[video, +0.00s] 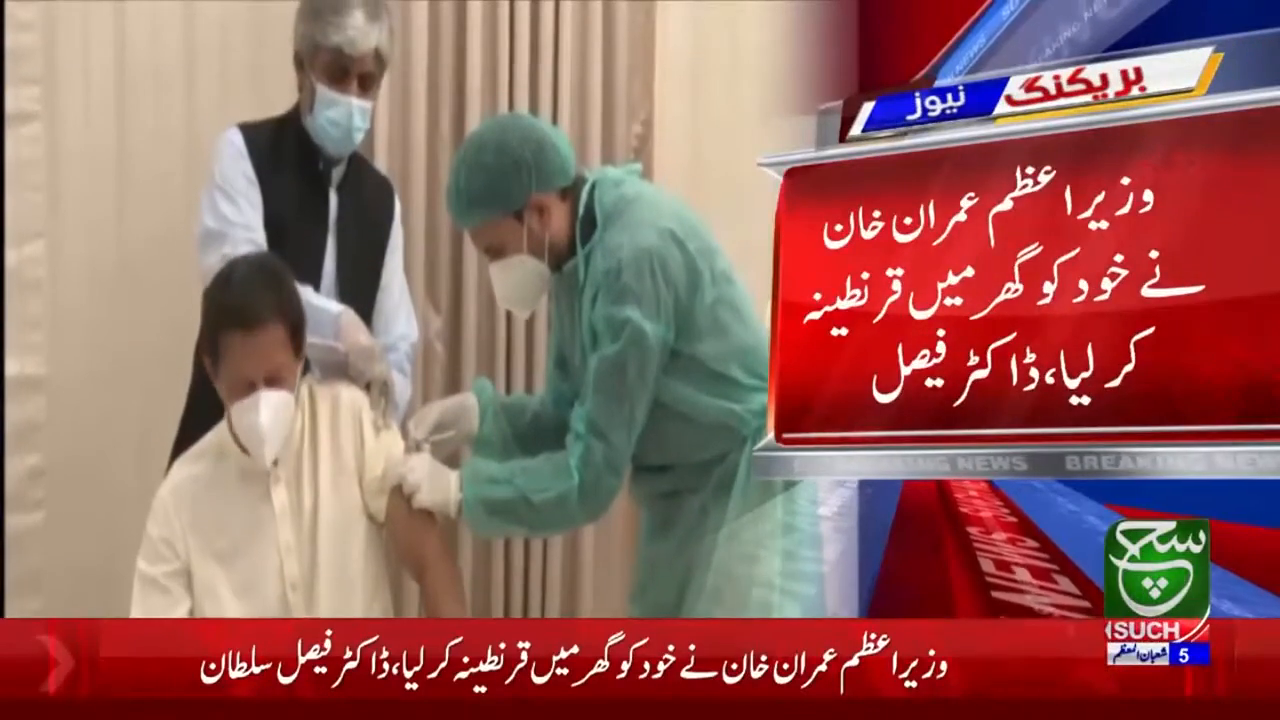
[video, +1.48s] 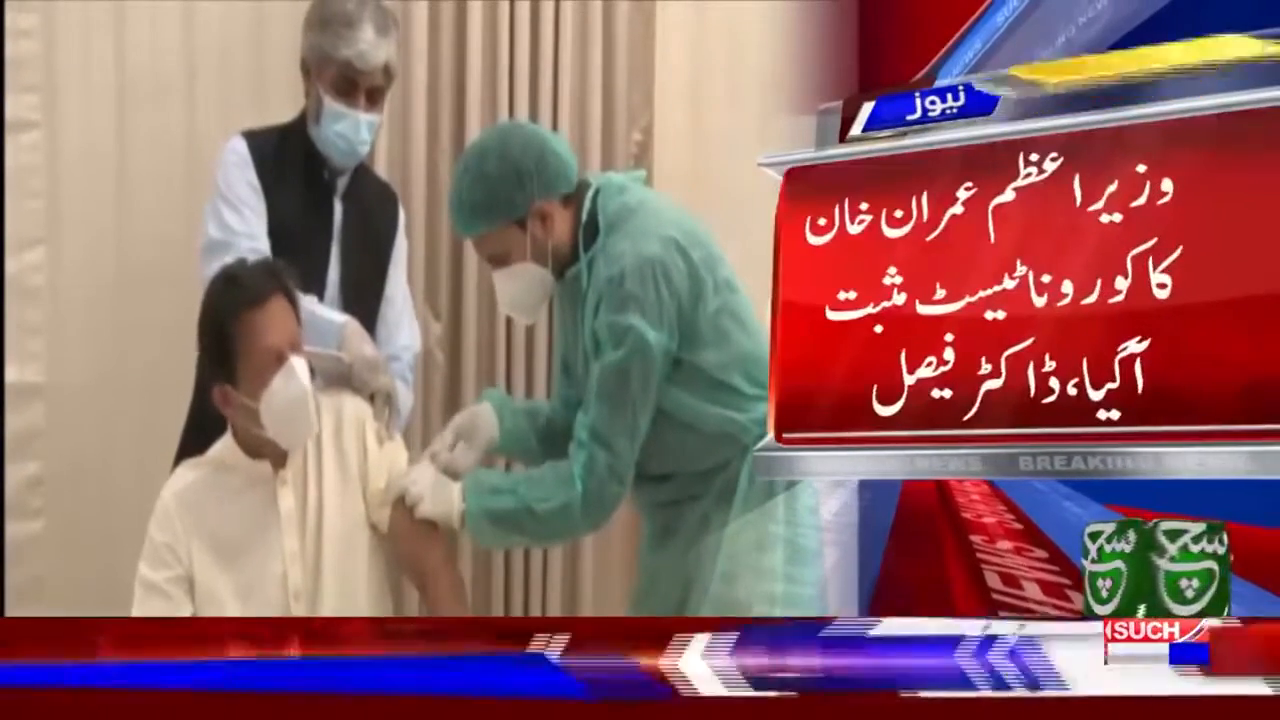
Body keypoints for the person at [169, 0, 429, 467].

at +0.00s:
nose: (350, 98)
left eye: (366, 82)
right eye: (336, 77)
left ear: (381, 85)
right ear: (301, 69)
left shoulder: (379, 195)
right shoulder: (246, 150)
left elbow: (397, 331)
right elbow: (234, 274)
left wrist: (379, 419)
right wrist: (338, 324)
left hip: (336, 421)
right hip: (244, 401)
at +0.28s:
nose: (352, 101)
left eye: (367, 85)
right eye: (337, 80)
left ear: (382, 88)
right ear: (302, 72)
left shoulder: (380, 200)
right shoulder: (246, 155)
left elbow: (397, 336)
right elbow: (235, 277)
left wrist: (380, 428)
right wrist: (339, 329)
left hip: (339, 428)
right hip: (244, 410)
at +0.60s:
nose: (354, 106)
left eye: (370, 90)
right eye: (340, 84)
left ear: (384, 91)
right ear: (304, 75)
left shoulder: (381, 204)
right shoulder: (247, 157)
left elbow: (397, 340)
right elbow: (236, 282)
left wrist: (382, 430)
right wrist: (342, 334)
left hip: (341, 429)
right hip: (243, 417)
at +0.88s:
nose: (356, 110)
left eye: (371, 94)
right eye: (342, 88)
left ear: (386, 94)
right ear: (306, 75)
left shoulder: (382, 204)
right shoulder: (248, 158)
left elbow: (398, 341)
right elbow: (235, 281)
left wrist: (380, 425)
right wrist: (342, 333)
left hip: (341, 430)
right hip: (244, 415)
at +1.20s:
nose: (358, 113)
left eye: (374, 96)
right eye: (343, 89)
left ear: (387, 94)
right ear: (308, 75)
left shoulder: (383, 204)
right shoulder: (249, 158)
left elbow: (398, 341)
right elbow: (237, 284)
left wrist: (380, 430)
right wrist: (342, 332)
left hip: (340, 431)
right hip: (246, 415)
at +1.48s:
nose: (359, 113)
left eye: (374, 96)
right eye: (344, 90)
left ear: (388, 94)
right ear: (309, 75)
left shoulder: (383, 204)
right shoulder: (250, 158)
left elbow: (398, 340)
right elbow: (237, 284)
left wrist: (380, 430)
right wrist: (342, 333)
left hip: (341, 430)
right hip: (246, 414)